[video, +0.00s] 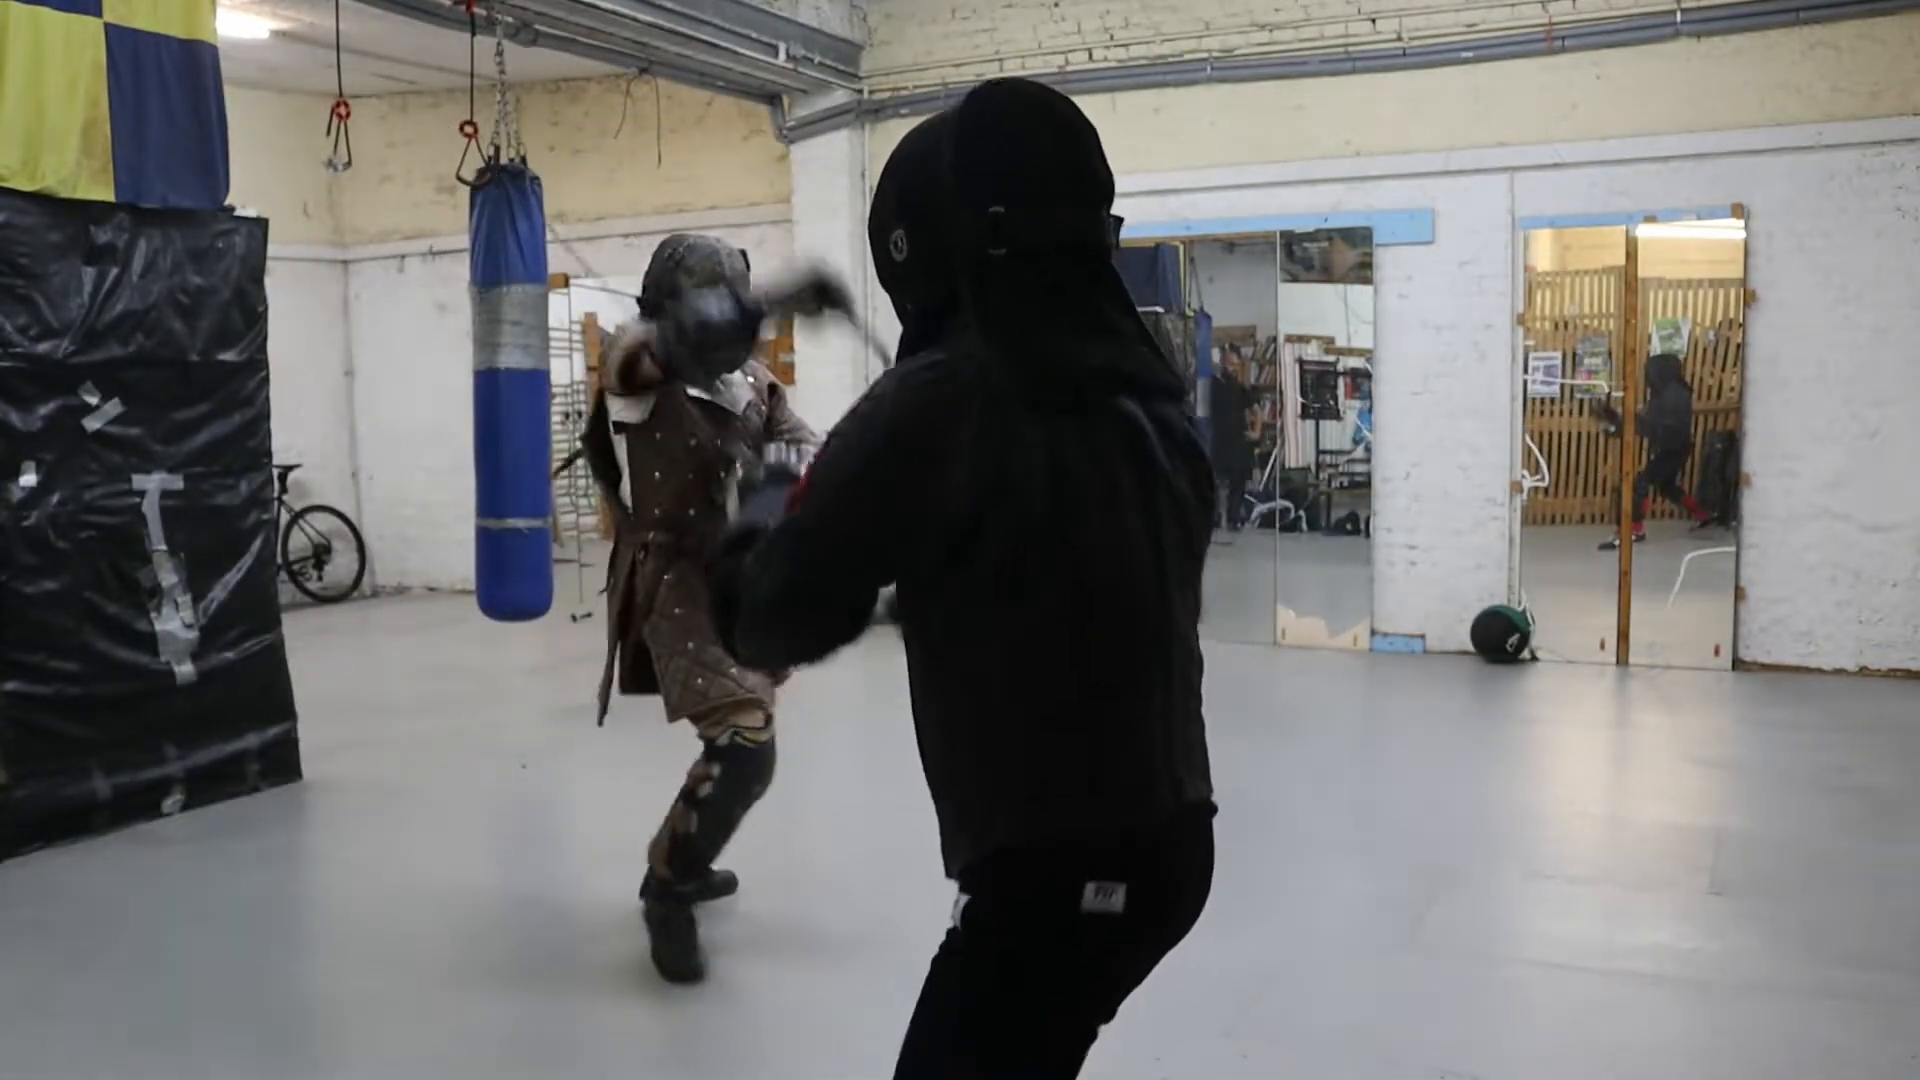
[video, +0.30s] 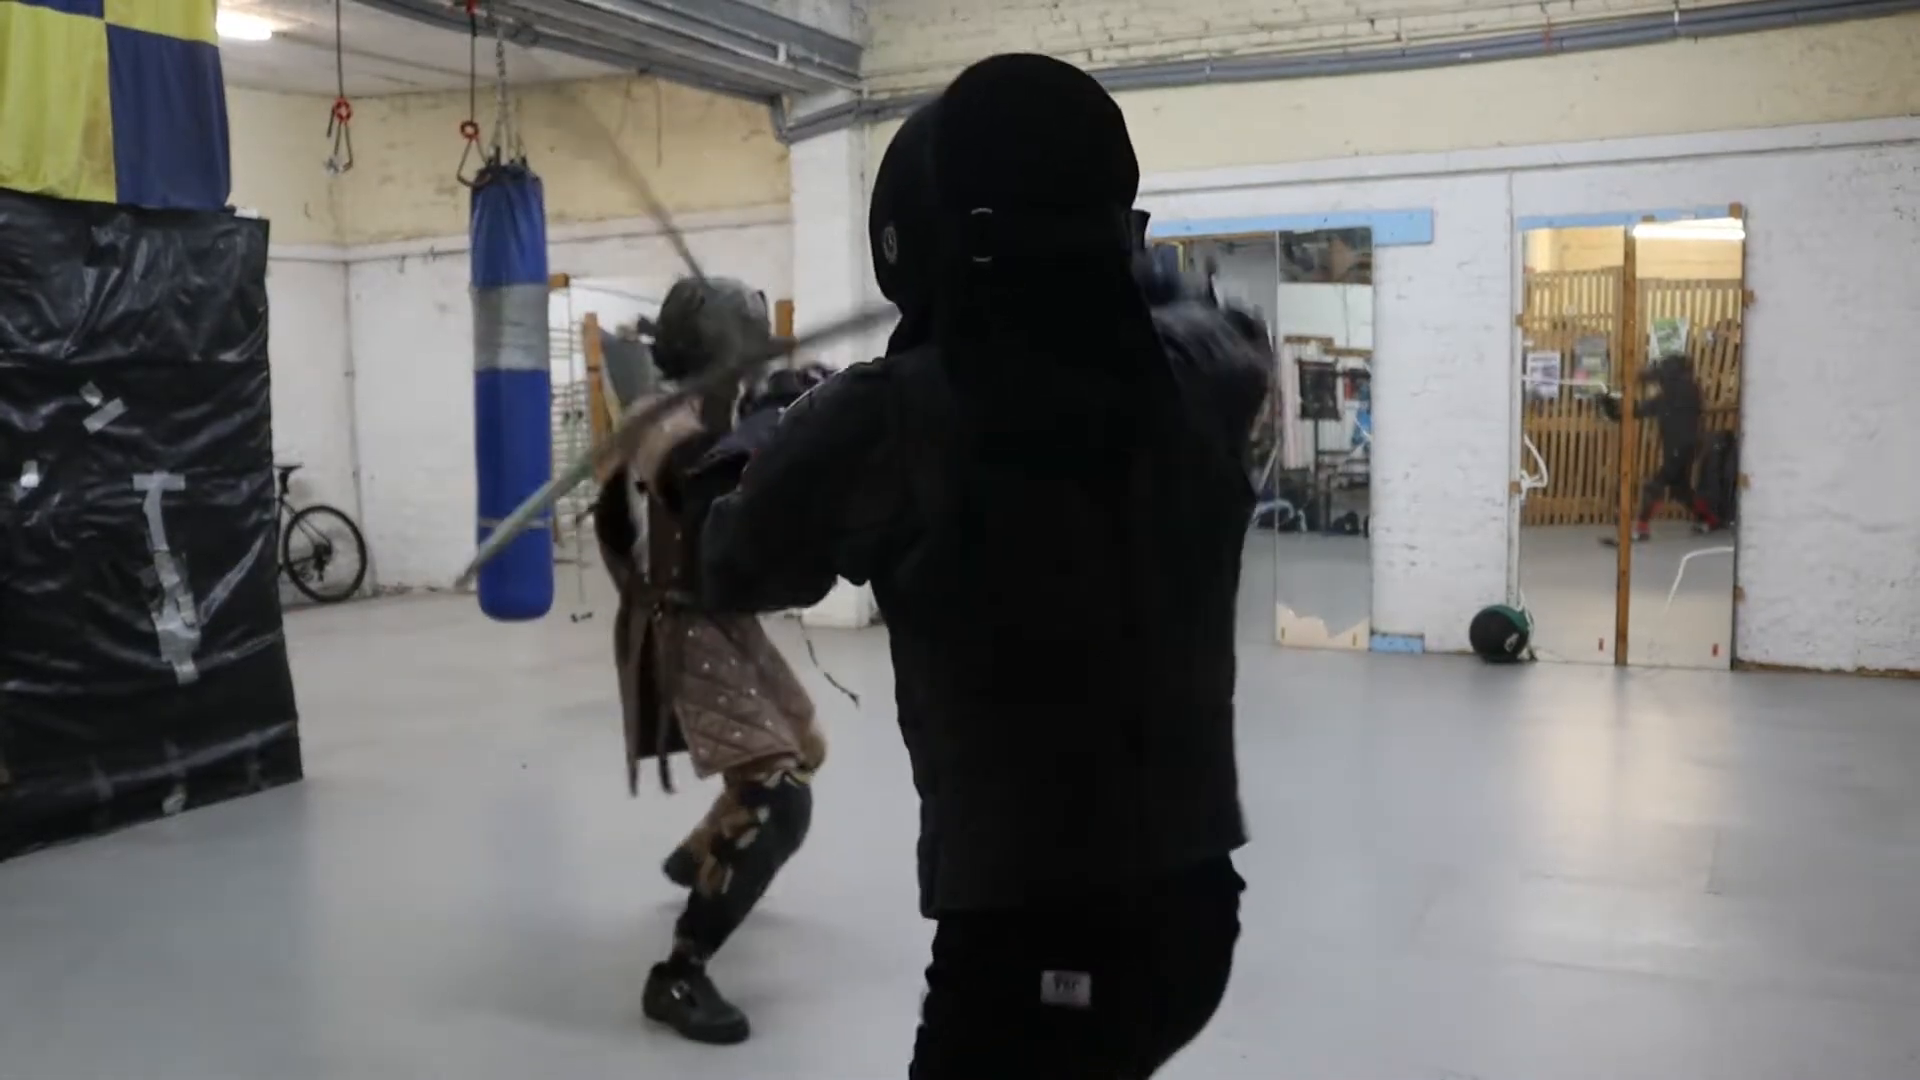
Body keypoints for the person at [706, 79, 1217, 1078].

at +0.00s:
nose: (894, 275)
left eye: (901, 244)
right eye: (890, 246)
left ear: (949, 239)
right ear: (1077, 230)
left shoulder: (937, 400)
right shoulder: (1147, 387)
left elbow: (779, 617)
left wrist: (760, 505)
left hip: (1043, 866)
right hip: (1161, 845)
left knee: (945, 1066)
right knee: (1013, 1057)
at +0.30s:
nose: (890, 261)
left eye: (899, 232)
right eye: (890, 233)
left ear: (934, 234)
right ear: (1113, 218)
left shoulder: (898, 412)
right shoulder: (1198, 377)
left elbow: (735, 565)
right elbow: (1230, 336)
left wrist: (711, 454)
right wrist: (1123, 261)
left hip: (1011, 938)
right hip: (1188, 915)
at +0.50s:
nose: (872, 244)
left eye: (887, 216)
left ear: (917, 236)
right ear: (1114, 215)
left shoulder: (886, 424)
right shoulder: (1191, 366)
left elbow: (698, 548)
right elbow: (1256, 213)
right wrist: (1129, 70)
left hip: (1032, 949)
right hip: (1219, 924)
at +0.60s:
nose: (882, 261)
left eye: (893, 232)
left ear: (925, 239)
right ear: (1115, 221)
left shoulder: (885, 429)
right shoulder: (1203, 380)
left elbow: (688, 564)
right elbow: (1287, 285)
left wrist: (821, 646)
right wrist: (1153, 150)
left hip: (1034, 940)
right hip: (1217, 916)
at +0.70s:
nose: (900, 264)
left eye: (908, 233)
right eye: (901, 234)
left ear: (941, 235)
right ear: (1121, 221)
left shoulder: (914, 422)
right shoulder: (1207, 399)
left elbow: (730, 624)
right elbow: (1284, 435)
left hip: (1043, 924)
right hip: (1217, 900)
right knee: (1091, 1056)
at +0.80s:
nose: (909, 255)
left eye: (917, 223)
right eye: (907, 225)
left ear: (959, 222)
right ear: (1117, 213)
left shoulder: (925, 408)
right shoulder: (1200, 399)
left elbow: (820, 679)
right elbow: (1254, 580)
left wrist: (752, 560)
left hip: (1065, 891)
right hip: (1226, 864)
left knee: (998, 1065)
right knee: (1076, 1055)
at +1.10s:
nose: (926, 231)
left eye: (933, 202)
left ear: (966, 207)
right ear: (1172, 187)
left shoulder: (945, 417)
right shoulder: (1244, 405)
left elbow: (829, 638)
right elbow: (1251, 587)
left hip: (1088, 930)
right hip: (1253, 904)